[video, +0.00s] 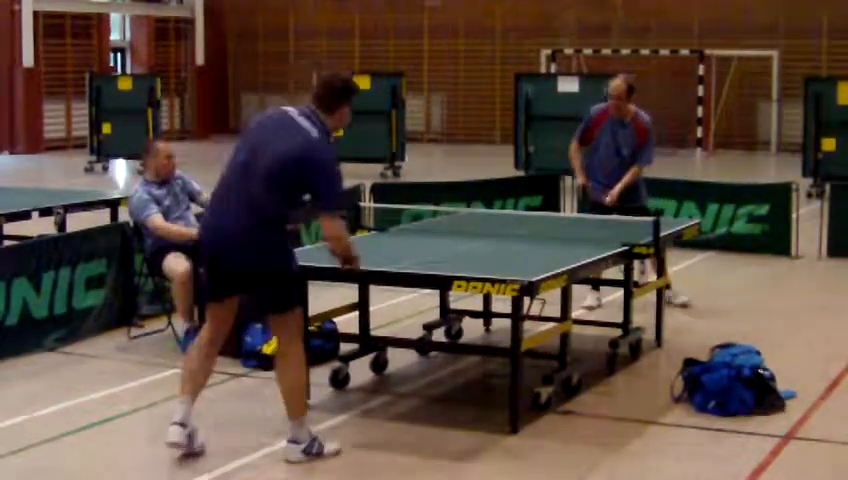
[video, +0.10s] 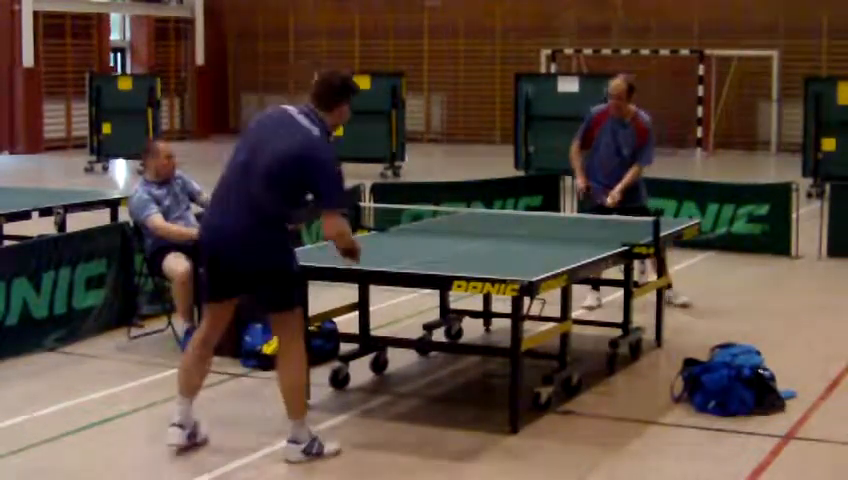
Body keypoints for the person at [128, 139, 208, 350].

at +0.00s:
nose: (172, 163)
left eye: (172, 158)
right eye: (166, 158)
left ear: (174, 160)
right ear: (149, 162)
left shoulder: (179, 181)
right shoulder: (141, 196)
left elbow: (207, 201)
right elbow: (160, 228)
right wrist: (199, 234)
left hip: (193, 236)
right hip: (163, 243)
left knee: (222, 259)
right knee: (182, 270)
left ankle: (218, 319)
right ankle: (188, 326)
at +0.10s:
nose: (172, 163)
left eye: (172, 158)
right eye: (166, 158)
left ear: (174, 160)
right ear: (149, 162)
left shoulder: (179, 181)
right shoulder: (141, 196)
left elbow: (207, 201)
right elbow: (160, 228)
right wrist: (199, 234)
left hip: (193, 236)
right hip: (163, 243)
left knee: (223, 259)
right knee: (182, 270)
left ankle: (217, 321)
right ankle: (187, 325)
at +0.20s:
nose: (174, 161)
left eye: (173, 156)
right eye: (168, 157)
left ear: (174, 160)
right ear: (151, 162)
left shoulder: (179, 181)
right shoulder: (141, 196)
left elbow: (203, 199)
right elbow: (159, 228)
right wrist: (198, 234)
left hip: (192, 235)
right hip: (163, 243)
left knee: (217, 261)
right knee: (182, 270)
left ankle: (210, 320)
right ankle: (188, 325)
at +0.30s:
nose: (173, 161)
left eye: (173, 157)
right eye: (167, 157)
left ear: (174, 160)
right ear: (151, 162)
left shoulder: (179, 182)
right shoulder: (141, 196)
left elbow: (205, 199)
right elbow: (159, 228)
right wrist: (197, 234)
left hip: (192, 235)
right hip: (163, 242)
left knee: (217, 260)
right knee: (182, 270)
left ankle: (212, 320)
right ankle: (188, 325)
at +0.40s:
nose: (174, 161)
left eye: (174, 156)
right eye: (168, 157)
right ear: (151, 162)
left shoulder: (180, 181)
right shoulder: (141, 196)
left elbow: (204, 199)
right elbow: (159, 228)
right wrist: (196, 235)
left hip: (191, 235)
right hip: (162, 242)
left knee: (216, 261)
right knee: (182, 270)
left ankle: (213, 321)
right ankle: (187, 325)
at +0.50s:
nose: (174, 161)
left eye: (174, 156)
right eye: (168, 157)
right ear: (151, 162)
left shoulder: (182, 182)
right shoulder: (141, 196)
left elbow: (204, 199)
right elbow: (159, 227)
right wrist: (191, 235)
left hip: (194, 234)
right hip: (164, 243)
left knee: (218, 260)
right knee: (182, 270)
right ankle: (188, 325)